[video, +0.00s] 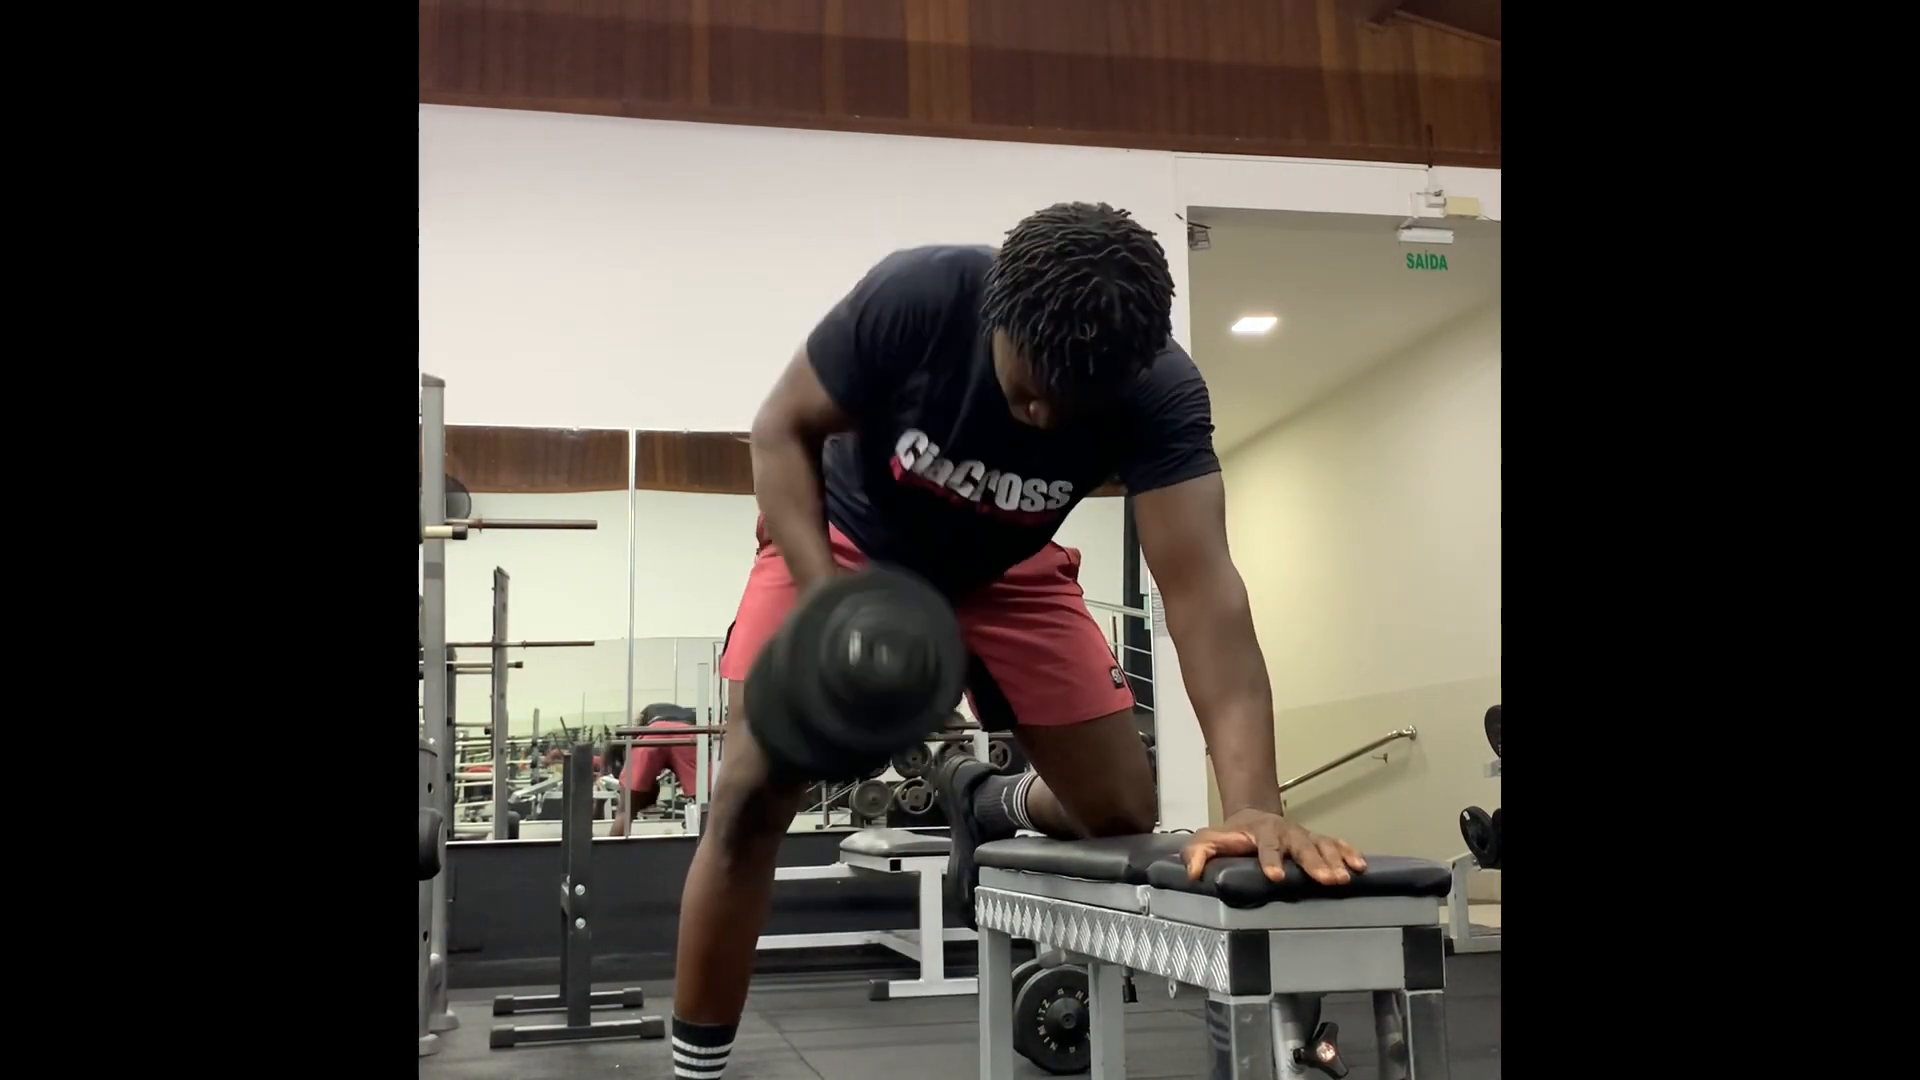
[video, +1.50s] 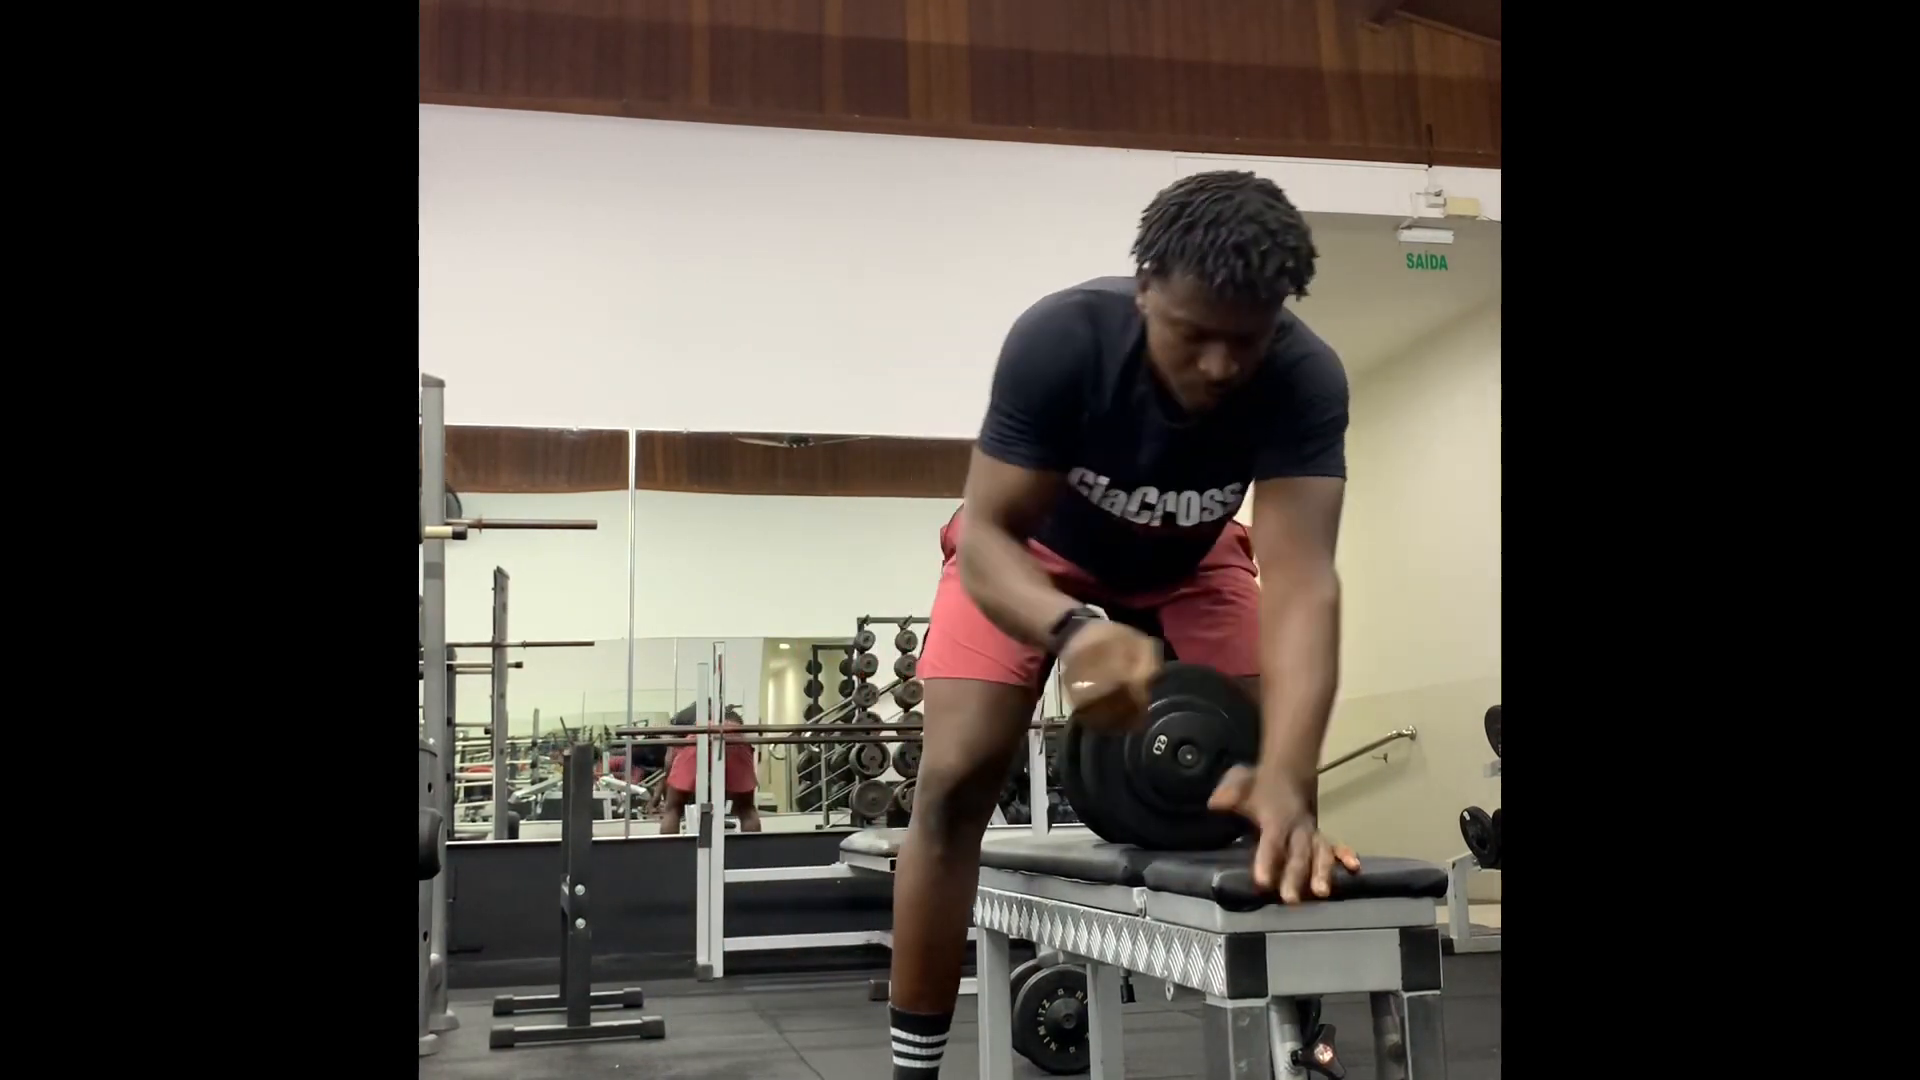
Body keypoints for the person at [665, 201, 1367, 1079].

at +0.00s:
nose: (1039, 416)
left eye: (1068, 405)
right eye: (1026, 388)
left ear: (1128, 360)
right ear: (1000, 319)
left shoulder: (1159, 393)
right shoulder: (915, 300)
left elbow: (1202, 586)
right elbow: (779, 430)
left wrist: (1255, 805)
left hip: (1013, 570)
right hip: (847, 542)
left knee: (1123, 814)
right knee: (748, 802)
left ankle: (992, 803)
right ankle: (697, 1070)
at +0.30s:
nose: (1077, 541)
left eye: (1100, 519)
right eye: (1056, 522)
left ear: (1138, 466)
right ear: (1001, 466)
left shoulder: (1134, 435)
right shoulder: (903, 543)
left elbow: (1205, 597)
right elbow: (890, 824)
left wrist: (1254, 810)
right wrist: (879, 1057)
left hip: (1023, 572)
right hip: (846, 545)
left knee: (1121, 815)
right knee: (743, 812)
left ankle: (985, 797)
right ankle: (697, 1068)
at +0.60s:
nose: (1113, 387)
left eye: (1143, 366)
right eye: (1091, 356)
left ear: (1195, 325)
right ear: (1057, 290)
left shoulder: (1230, 356)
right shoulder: (970, 305)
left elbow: (1241, 565)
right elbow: (879, 481)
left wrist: (1257, 805)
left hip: (1079, 560)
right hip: (915, 521)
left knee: (1124, 821)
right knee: (801, 783)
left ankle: (971, 799)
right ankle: (699, 1060)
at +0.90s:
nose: (1123, 419)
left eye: (1150, 395)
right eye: (1100, 394)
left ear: (1196, 348)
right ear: (1063, 340)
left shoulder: (1252, 347)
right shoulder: (997, 367)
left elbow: (1262, 570)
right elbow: (1012, 556)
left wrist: (1260, 804)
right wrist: (1140, 716)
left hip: (1160, 569)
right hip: (1011, 539)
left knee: (1136, 808)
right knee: (904, 780)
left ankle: (990, 807)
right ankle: (814, 1058)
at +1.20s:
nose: (1092, 451)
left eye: (1117, 431)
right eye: (1070, 430)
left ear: (1157, 381)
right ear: (1023, 377)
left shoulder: (1201, 352)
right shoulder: (934, 399)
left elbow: (1229, 573)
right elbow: (959, 589)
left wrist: (1253, 806)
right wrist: (1097, 707)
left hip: (1112, 500)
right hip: (947, 508)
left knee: (1215, 709)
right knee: (914, 788)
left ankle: (1286, 1021)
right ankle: (901, 1067)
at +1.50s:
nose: (1219, 365)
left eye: (1247, 340)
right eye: (1192, 336)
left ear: (1280, 310)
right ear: (1143, 289)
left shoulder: (1302, 379)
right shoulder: (1057, 344)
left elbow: (1304, 582)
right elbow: (984, 535)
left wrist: (1288, 769)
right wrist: (1064, 628)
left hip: (1194, 566)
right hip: (1035, 551)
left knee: (1280, 769)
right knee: (951, 782)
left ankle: (1302, 1045)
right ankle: (914, 1067)